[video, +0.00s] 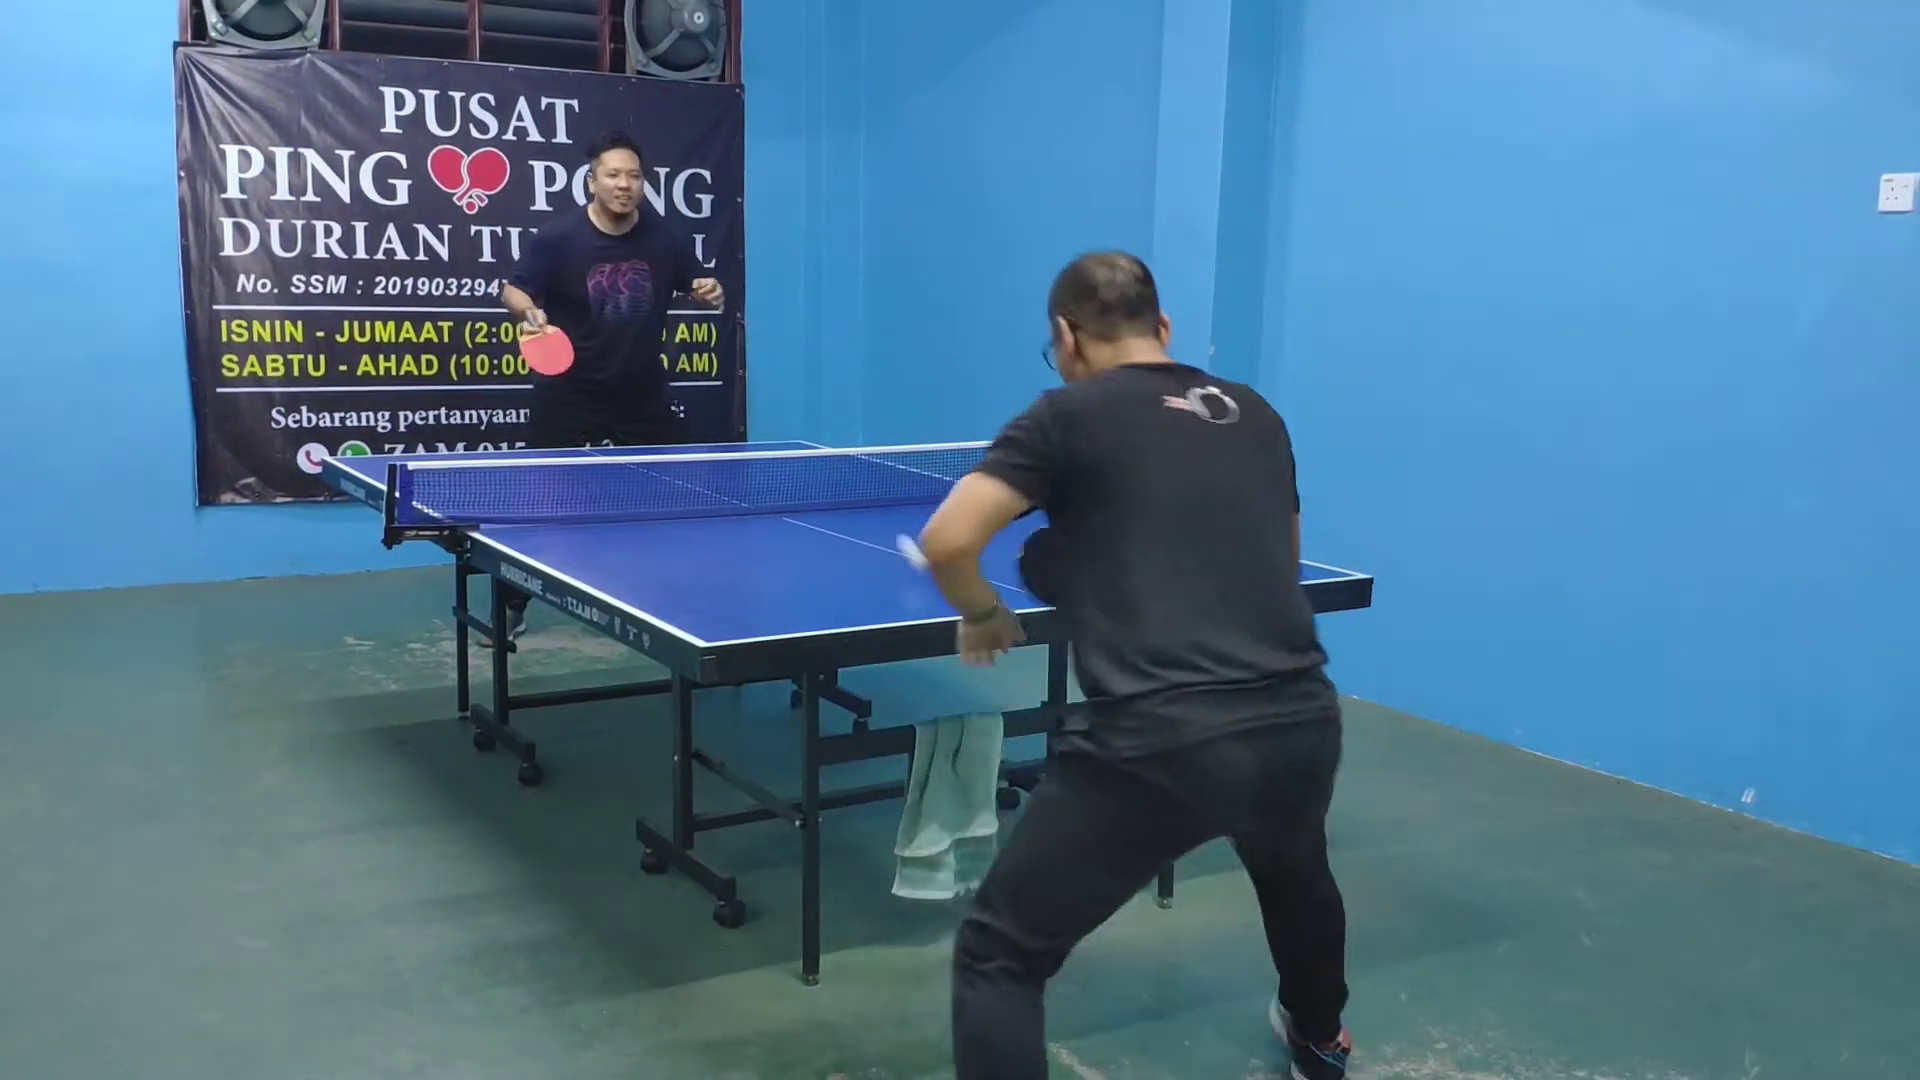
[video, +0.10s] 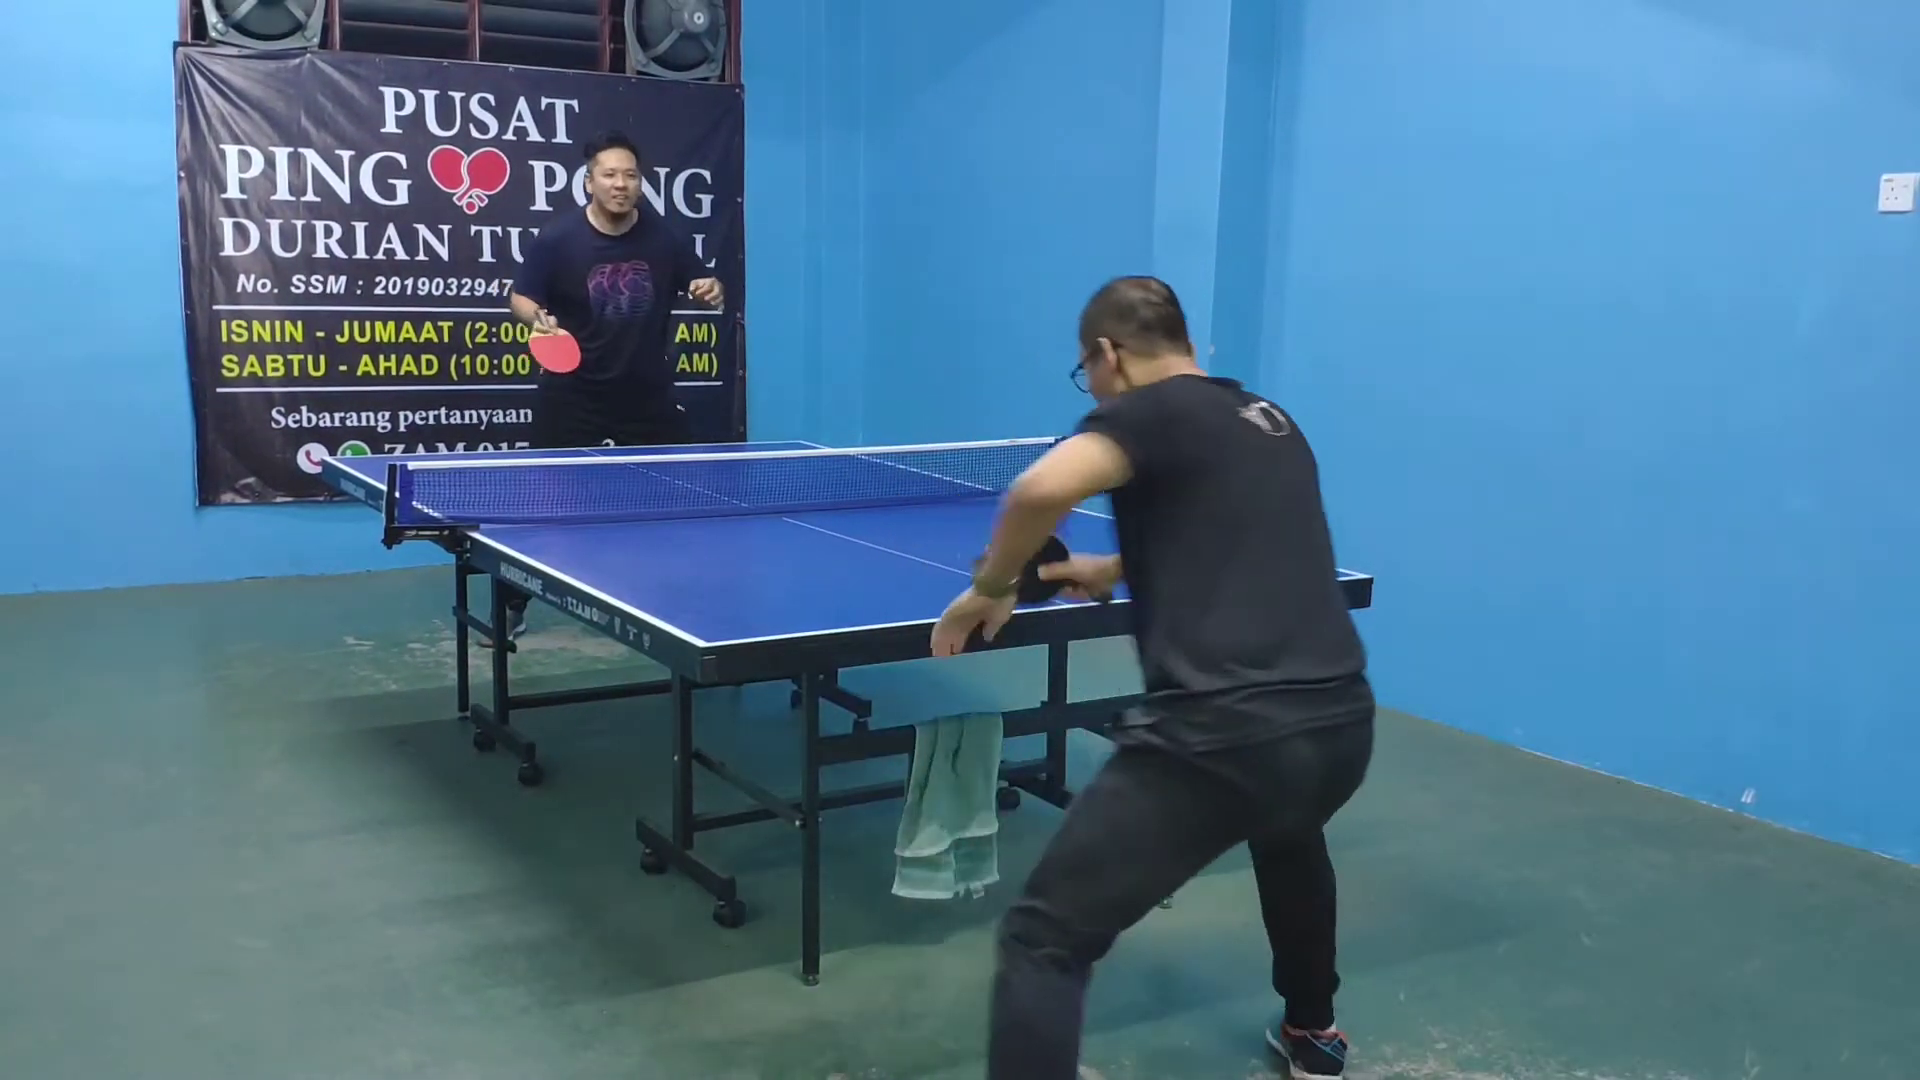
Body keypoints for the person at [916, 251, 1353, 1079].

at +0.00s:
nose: (1057, 360)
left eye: (1055, 346)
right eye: (1059, 347)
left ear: (1068, 337)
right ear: (1165, 330)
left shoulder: (1067, 416)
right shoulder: (1254, 412)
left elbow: (946, 542)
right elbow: (1285, 558)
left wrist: (981, 611)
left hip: (1151, 751)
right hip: (1296, 734)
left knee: (999, 955)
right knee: (1298, 877)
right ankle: (1320, 1043)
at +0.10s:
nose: (1092, 392)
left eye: (1089, 372)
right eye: (1086, 377)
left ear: (1112, 354)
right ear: (1185, 345)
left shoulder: (1145, 416)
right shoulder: (1269, 420)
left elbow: (1038, 491)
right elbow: (1232, 537)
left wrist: (990, 588)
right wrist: (1109, 571)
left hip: (1214, 739)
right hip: (1336, 727)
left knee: (1044, 937)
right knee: (1285, 823)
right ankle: (1313, 1033)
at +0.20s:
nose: (1111, 370)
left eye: (1107, 349)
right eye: (1106, 352)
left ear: (1141, 335)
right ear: (1206, 325)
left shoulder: (1207, 380)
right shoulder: (1286, 400)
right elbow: (1223, 498)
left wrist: (1067, 525)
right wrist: (1129, 486)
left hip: (1261, 702)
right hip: (1358, 700)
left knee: (1101, 908)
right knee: (1279, 809)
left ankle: (1070, 1068)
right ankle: (1312, 1026)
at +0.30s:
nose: (1127, 326)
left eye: (1122, 304)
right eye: (1120, 307)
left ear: (1152, 288)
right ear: (1206, 279)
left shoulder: (1223, 337)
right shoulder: (1245, 370)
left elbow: (1305, 340)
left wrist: (1195, 465)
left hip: (1282, 663)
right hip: (1358, 659)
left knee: (1147, 881)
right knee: (1279, 806)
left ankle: (1134, 1066)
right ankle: (1314, 1027)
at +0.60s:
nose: (1176, 265)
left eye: (1181, 247)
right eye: (1179, 247)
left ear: (1210, 253)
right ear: (1278, 253)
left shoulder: (1251, 339)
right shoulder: (1347, 337)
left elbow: (1259, 453)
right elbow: (1421, 485)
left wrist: (1166, 616)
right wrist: (1303, 508)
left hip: (1310, 665)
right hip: (1396, 653)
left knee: (1206, 893)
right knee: (1320, 799)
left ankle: (1254, 1066)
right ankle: (1360, 1010)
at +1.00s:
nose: (1199, 369)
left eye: (1198, 352)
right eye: (1197, 352)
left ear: (1223, 355)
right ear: (1298, 347)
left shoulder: (1272, 434)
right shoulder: (1379, 410)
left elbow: (1272, 589)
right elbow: (1424, 569)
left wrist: (1217, 699)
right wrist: (1323, 647)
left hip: (1433, 721)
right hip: (1530, 701)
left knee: (1258, 911)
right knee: (1424, 816)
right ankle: (1468, 1027)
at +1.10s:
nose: (1214, 380)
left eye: (1215, 365)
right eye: (1212, 365)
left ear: (1240, 370)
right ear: (1316, 362)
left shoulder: (1264, 455)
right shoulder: (1410, 426)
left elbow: (1261, 624)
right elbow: (1484, 551)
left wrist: (1257, 731)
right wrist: (1379, 665)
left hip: (1435, 731)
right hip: (1556, 708)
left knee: (1262, 929)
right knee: (1477, 827)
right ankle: (1478, 1023)